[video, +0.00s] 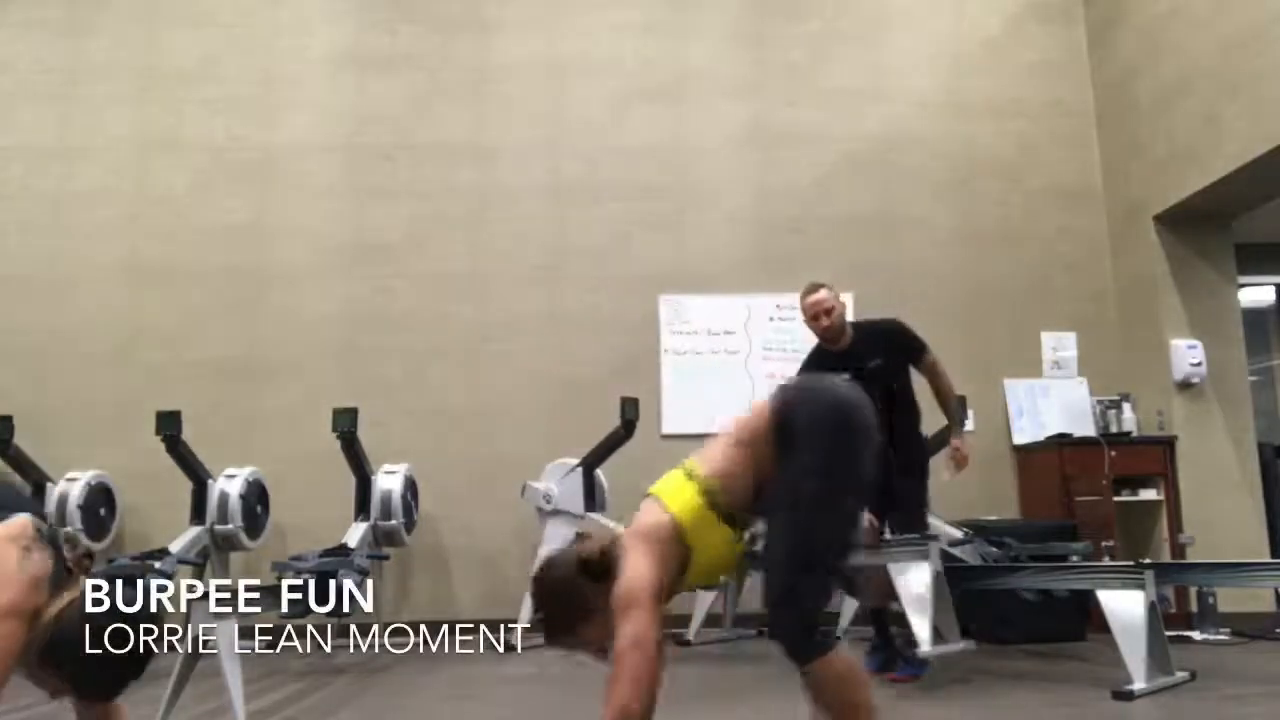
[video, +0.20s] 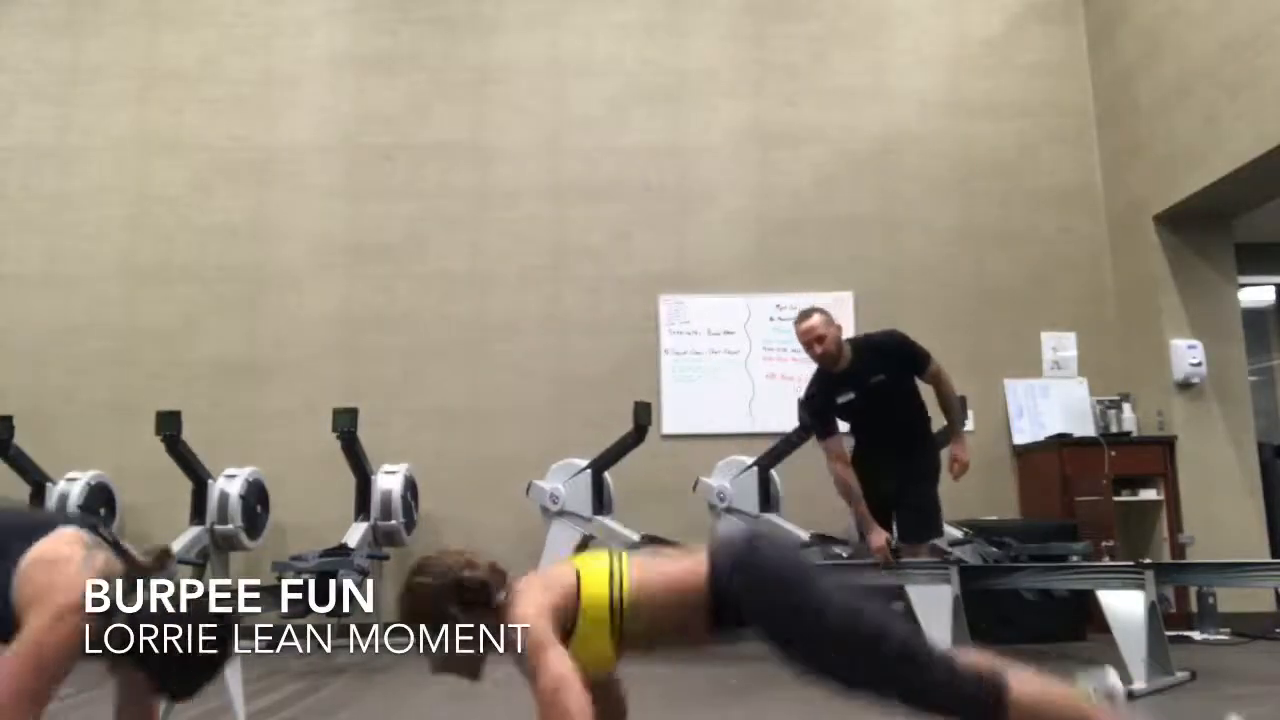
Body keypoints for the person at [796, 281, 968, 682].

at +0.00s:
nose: (824, 321)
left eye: (828, 311)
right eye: (814, 317)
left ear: (842, 304)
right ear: (807, 323)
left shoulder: (889, 335)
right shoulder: (813, 371)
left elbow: (934, 372)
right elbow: (812, 434)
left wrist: (956, 432)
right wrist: (830, 490)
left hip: (905, 464)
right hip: (856, 473)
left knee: (909, 556)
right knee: (866, 556)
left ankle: (913, 647)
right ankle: (882, 643)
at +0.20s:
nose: (817, 351)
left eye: (820, 340)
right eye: (808, 346)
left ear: (838, 329)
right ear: (803, 349)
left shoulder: (891, 346)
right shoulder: (818, 396)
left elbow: (938, 379)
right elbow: (838, 463)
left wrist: (958, 439)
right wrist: (870, 527)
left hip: (916, 452)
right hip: (870, 460)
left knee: (915, 550)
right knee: (873, 550)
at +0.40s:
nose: (809, 336)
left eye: (813, 326)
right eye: (802, 331)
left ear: (835, 319)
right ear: (800, 336)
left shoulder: (889, 341)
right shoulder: (814, 383)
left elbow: (942, 379)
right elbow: (829, 451)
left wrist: (957, 440)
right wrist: (858, 513)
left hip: (918, 445)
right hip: (872, 450)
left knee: (912, 547)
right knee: (866, 540)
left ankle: (917, 647)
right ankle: (883, 640)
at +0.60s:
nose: (801, 314)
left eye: (807, 304)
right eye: (796, 308)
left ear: (831, 301)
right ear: (797, 313)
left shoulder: (882, 333)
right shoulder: (808, 363)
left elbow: (931, 380)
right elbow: (811, 428)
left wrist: (935, 443)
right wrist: (825, 489)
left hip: (912, 446)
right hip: (868, 452)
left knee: (910, 548)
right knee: (866, 548)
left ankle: (917, 646)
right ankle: (885, 640)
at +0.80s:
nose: (788, 312)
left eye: (794, 303)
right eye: (785, 307)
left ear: (820, 301)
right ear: (791, 312)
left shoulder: (869, 331)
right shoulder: (802, 363)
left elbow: (918, 378)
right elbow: (803, 427)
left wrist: (915, 435)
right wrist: (807, 486)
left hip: (901, 443)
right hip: (862, 451)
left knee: (900, 544)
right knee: (868, 549)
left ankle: (916, 645)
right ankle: (884, 642)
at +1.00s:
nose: (780, 315)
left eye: (785, 306)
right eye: (777, 310)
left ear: (811, 302)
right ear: (787, 314)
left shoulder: (857, 332)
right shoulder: (801, 363)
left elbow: (902, 378)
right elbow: (810, 426)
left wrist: (903, 439)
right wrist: (817, 482)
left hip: (894, 438)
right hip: (863, 446)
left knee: (873, 527)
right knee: (865, 536)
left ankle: (925, 612)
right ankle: (885, 639)